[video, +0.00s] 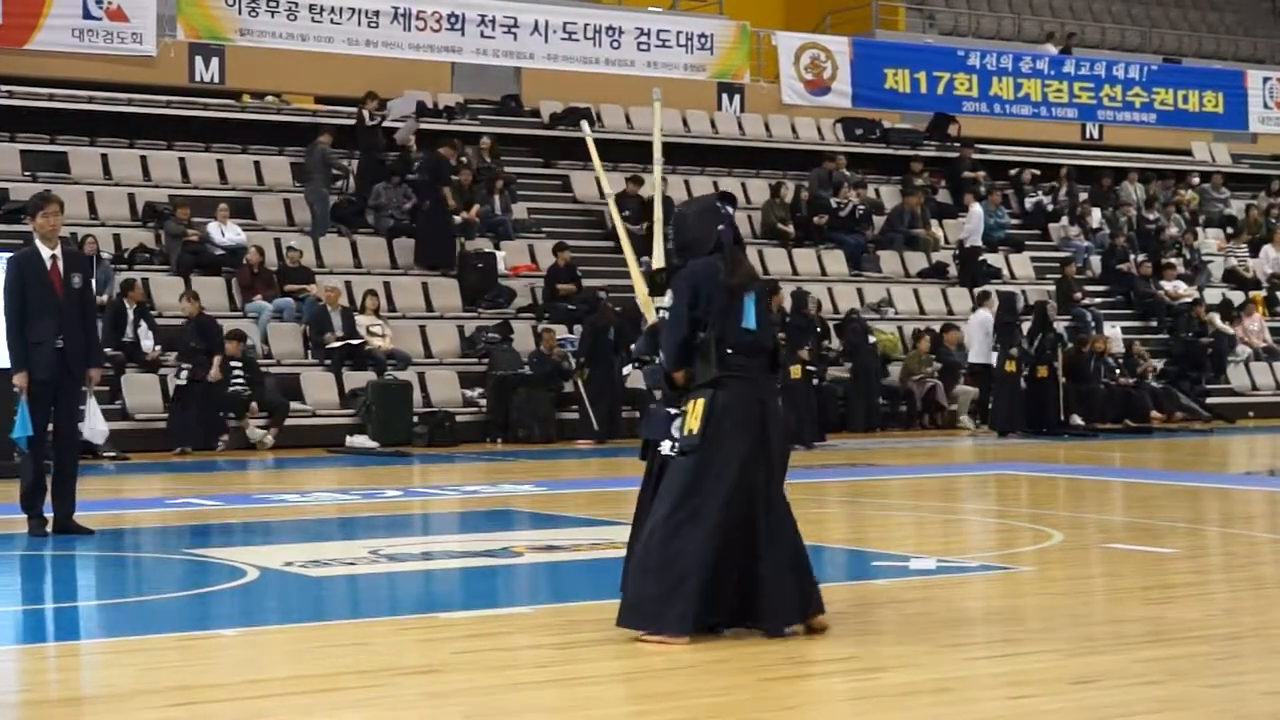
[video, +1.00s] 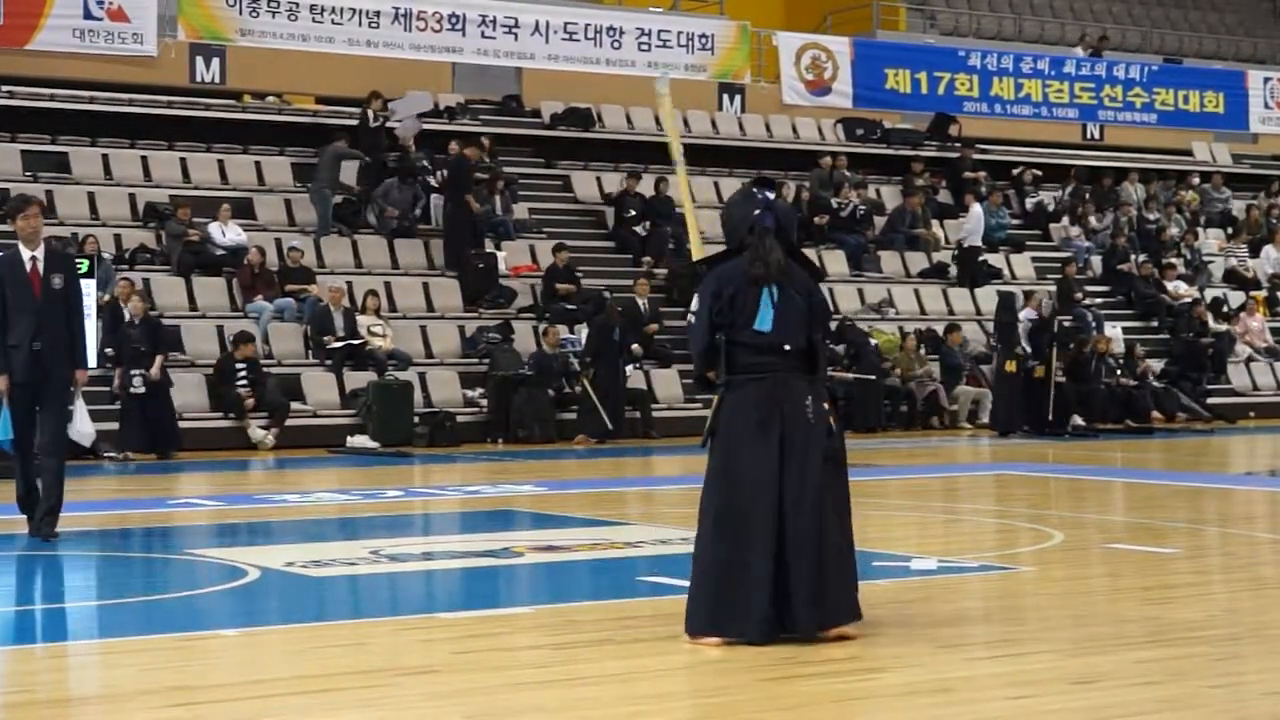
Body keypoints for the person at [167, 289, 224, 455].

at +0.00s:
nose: (182, 309)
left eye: (184, 305)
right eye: (181, 306)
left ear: (194, 303)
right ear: (187, 304)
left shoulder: (207, 321)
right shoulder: (189, 324)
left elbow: (218, 345)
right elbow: (186, 347)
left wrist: (215, 367)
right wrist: (177, 359)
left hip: (206, 369)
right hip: (189, 368)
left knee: (204, 401)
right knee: (181, 403)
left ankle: (221, 433)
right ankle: (184, 442)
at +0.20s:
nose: (173, 306)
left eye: (177, 302)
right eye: (170, 303)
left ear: (185, 305)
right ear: (167, 306)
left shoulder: (196, 322)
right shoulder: (168, 327)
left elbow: (212, 345)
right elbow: (163, 349)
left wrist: (221, 365)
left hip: (194, 367)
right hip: (174, 368)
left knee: (192, 405)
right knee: (175, 404)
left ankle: (189, 442)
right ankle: (178, 442)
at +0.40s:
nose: (166, 307)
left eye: (169, 304)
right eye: (163, 304)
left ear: (175, 306)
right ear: (159, 308)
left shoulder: (187, 324)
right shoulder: (158, 329)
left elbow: (202, 343)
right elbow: (150, 350)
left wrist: (214, 363)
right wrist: (144, 366)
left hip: (186, 371)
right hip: (166, 372)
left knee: (182, 408)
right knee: (166, 407)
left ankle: (179, 443)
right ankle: (167, 444)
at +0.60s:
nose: (159, 304)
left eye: (162, 300)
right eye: (156, 301)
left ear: (169, 303)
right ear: (152, 304)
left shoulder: (181, 322)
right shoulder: (150, 325)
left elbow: (195, 348)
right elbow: (144, 351)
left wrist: (201, 368)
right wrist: (138, 373)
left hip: (178, 370)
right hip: (156, 370)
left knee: (176, 407)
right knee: (155, 406)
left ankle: (171, 446)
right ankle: (162, 445)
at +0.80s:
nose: (150, 304)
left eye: (153, 301)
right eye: (146, 301)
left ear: (160, 303)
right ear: (142, 304)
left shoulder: (170, 322)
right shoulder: (138, 324)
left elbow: (178, 347)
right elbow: (135, 349)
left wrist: (174, 365)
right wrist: (133, 370)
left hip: (166, 369)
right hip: (145, 369)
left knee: (167, 408)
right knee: (141, 407)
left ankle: (168, 446)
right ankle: (150, 445)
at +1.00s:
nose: (134, 306)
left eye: (137, 302)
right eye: (131, 302)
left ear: (145, 305)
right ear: (128, 306)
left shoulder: (154, 325)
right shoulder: (124, 329)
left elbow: (162, 349)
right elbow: (120, 357)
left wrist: (156, 367)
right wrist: (117, 378)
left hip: (151, 373)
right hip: (130, 374)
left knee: (158, 411)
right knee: (130, 412)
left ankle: (163, 447)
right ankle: (128, 448)